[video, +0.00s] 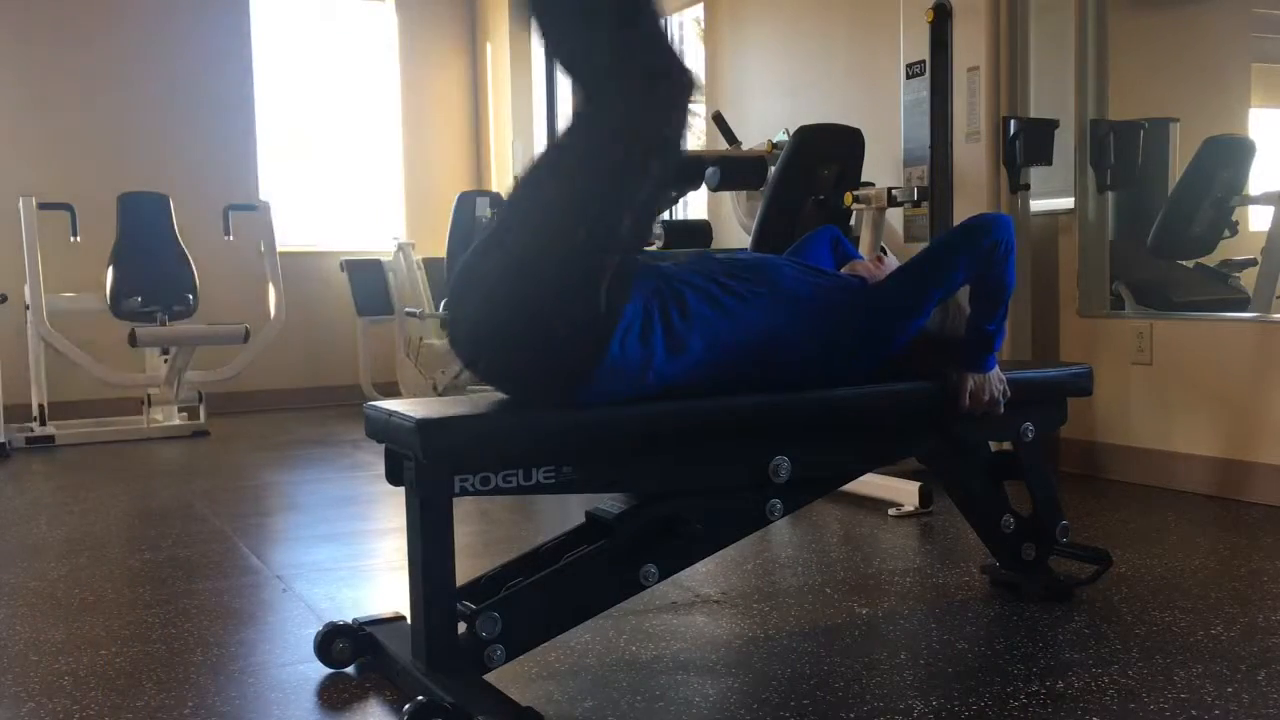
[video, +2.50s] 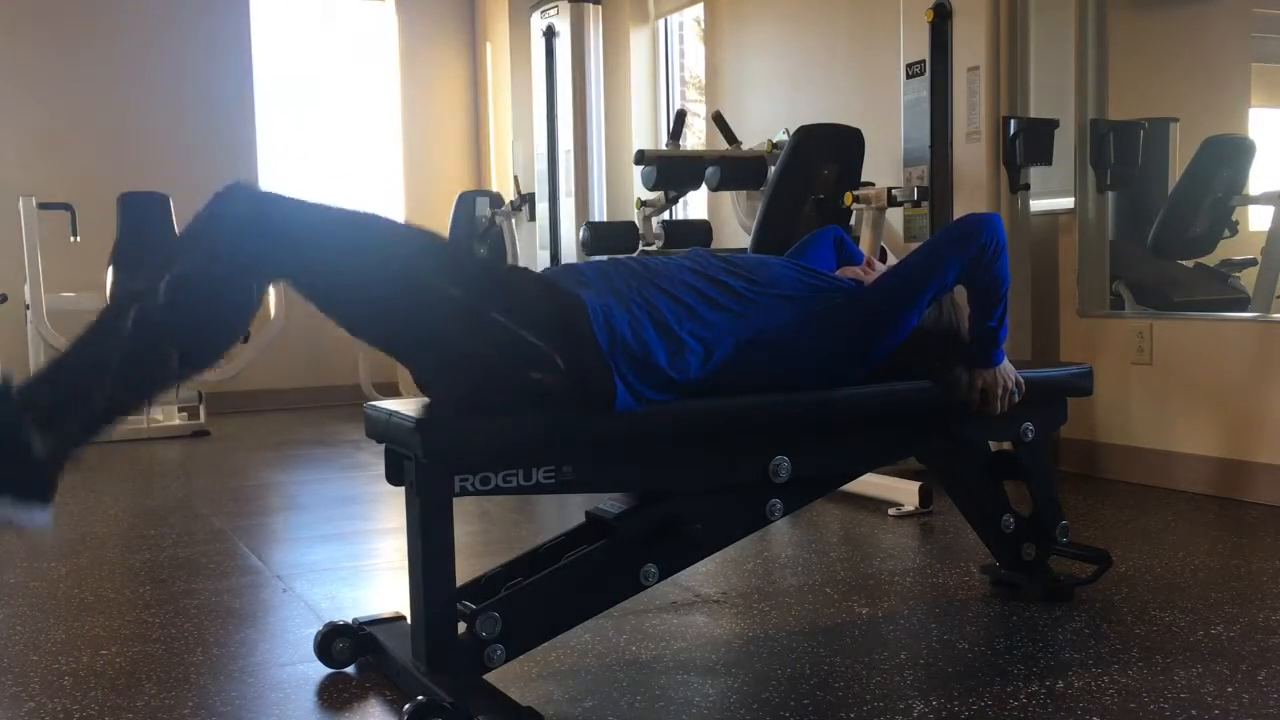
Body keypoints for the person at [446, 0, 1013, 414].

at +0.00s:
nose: (879, 258)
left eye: (896, 268)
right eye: (880, 253)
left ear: (913, 310)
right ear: (858, 266)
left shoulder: (869, 326)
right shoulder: (805, 282)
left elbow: (991, 231)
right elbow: (826, 226)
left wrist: (982, 354)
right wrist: (873, 269)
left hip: (556, 343)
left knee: (648, 81)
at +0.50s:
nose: (892, 258)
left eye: (904, 269)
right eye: (895, 258)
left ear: (917, 309)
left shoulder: (888, 326)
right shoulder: (838, 287)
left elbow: (1007, 239)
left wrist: (987, 359)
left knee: (838, 190)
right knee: (793, 172)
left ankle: (872, 8)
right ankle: (825, 3)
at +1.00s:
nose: (890, 254)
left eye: (902, 269)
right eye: (898, 257)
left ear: (910, 311)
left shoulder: (879, 330)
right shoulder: (839, 277)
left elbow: (998, 237)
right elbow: (817, 215)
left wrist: (1001, 352)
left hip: (607, 320)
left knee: (802, 181)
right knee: (776, 171)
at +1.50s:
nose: (877, 256)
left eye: (893, 269)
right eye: (882, 254)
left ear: (903, 313)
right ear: (859, 273)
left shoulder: (870, 331)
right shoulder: (808, 286)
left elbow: (989, 232)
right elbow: (827, 229)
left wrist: (998, 353)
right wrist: (870, 267)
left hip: (558, 349)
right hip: (527, 329)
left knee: (678, 127)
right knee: (681, 129)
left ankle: (533, 9)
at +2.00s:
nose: (870, 244)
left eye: (889, 249)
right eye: (870, 237)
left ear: (899, 298)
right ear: (850, 259)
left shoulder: (855, 329)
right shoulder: (800, 292)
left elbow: (992, 235)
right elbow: (824, 200)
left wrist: (986, 349)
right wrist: (870, 249)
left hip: (539, 356)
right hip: (531, 326)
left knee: (452, 64)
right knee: (451, 63)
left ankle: (156, 98)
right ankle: (169, 80)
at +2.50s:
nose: (873, 250)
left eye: (890, 259)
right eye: (876, 245)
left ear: (894, 294)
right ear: (856, 261)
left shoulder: (855, 323)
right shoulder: (787, 286)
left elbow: (983, 227)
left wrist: (984, 348)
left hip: (545, 350)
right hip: (525, 308)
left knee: (244, 216)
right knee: (272, 205)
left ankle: (39, 435)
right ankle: (172, 287)